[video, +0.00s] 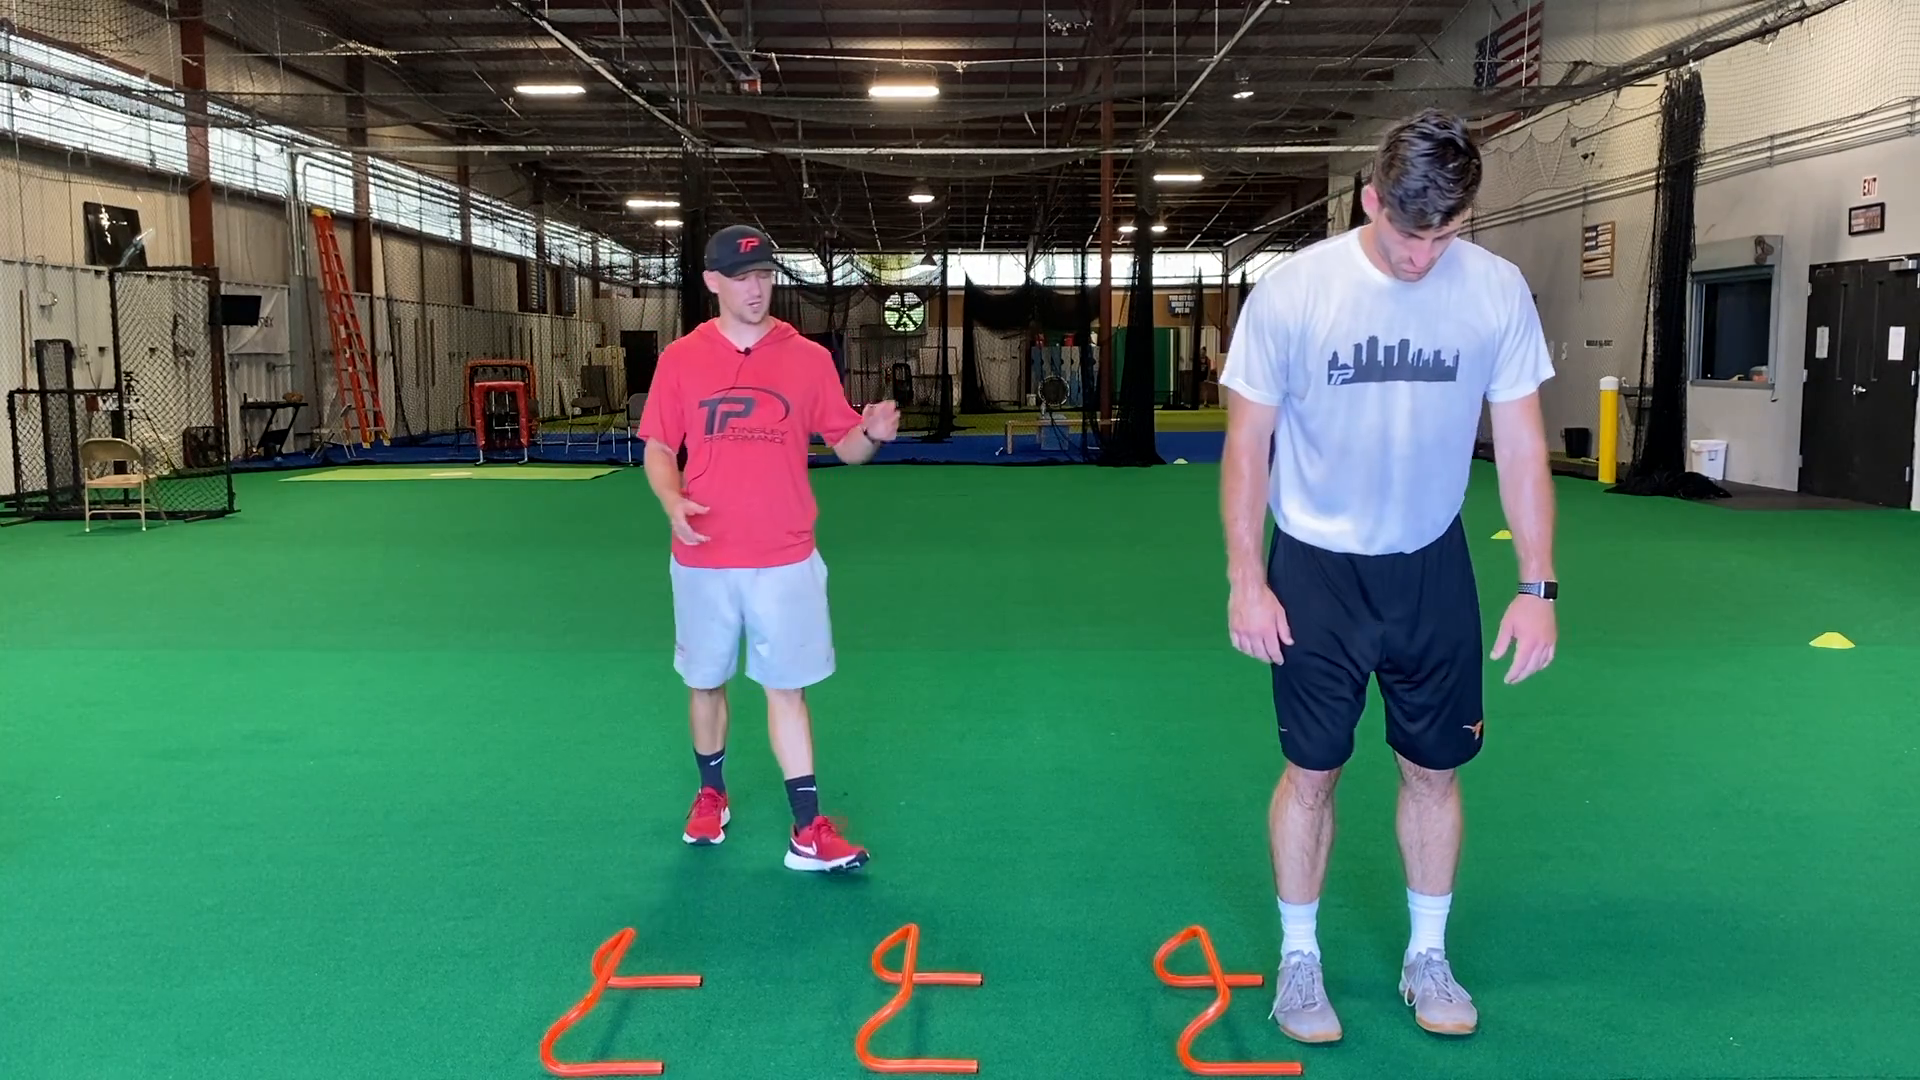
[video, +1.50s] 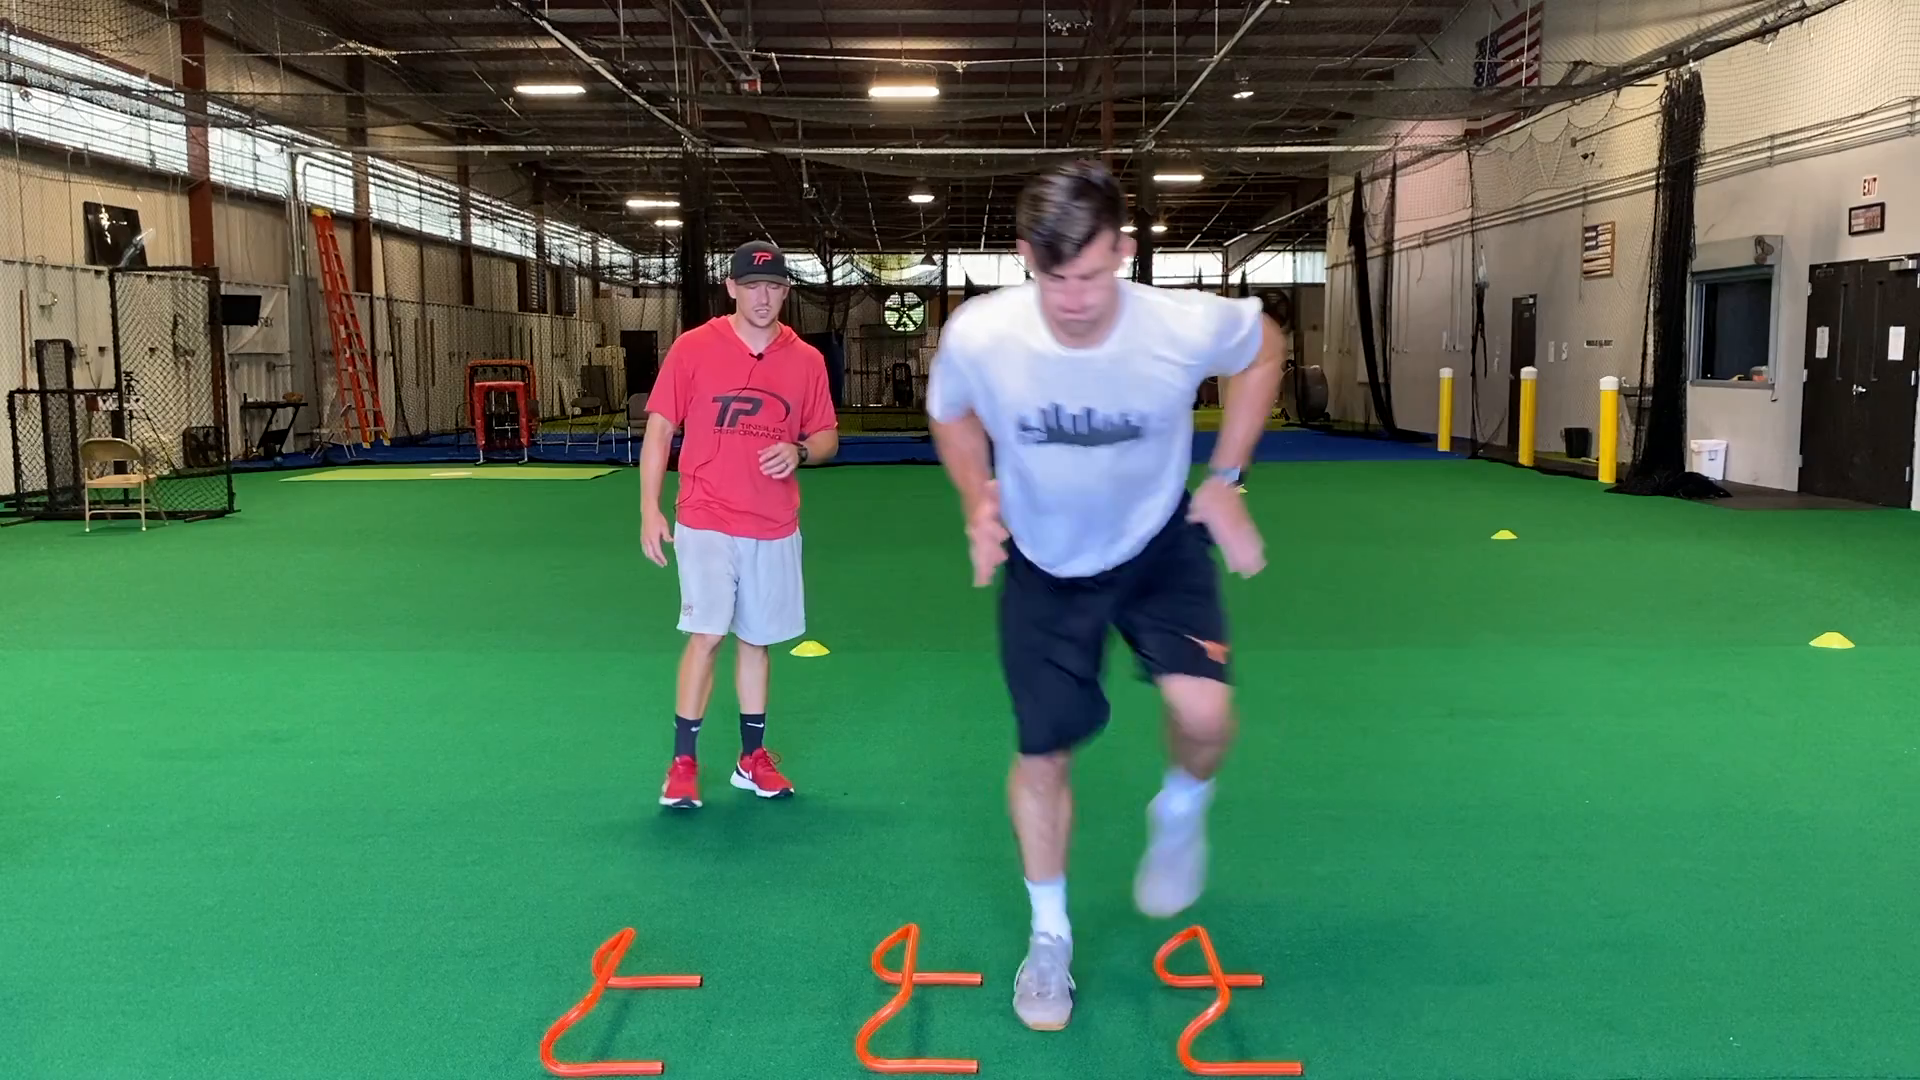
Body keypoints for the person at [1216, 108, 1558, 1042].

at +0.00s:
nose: (1424, 253)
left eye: (1442, 234)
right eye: (1408, 232)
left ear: (1463, 213)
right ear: (1369, 200)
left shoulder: (1496, 293)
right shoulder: (1290, 292)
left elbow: (1520, 446)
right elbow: (1247, 444)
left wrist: (1538, 583)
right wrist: (1247, 581)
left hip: (1431, 564)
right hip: (1315, 565)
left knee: (1432, 764)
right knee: (1312, 767)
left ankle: (1428, 959)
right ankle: (1298, 962)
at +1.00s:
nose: (1396, 367)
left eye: (1414, 347)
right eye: (1377, 347)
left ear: (1436, 322)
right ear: (1338, 318)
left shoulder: (1476, 381)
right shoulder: (1257, 374)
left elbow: (1517, 467)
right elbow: (1192, 449)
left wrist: (1499, 598)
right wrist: (1214, 586)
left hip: (1394, 581)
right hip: (1275, 580)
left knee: (1418, 769)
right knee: (1288, 763)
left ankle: (1424, 958)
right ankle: (1300, 952)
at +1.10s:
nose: (1367, 377)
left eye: (1386, 357)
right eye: (1349, 357)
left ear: (1410, 334)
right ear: (1309, 329)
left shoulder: (1451, 409)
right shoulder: (1229, 380)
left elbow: (1487, 514)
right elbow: (1177, 440)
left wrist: (1461, 647)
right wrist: (1180, 571)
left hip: (1369, 578)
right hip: (1248, 573)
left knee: (1410, 772)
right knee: (1259, 756)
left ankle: (1421, 957)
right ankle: (1275, 871)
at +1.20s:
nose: (1316, 376)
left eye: (1336, 356)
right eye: (1298, 355)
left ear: (1363, 335)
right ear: (1262, 331)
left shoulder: (1408, 421)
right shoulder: (1197, 388)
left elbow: (1440, 527)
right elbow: (1138, 424)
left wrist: (1387, 628)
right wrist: (1126, 539)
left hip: (1341, 590)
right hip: (1216, 579)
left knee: (1400, 789)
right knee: (1199, 739)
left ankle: (1422, 961)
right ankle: (1190, 814)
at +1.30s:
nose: (1237, 342)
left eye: (1254, 322)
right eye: (1220, 322)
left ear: (1280, 298)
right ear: (1181, 302)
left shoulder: (1334, 371)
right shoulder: (1121, 364)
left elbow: (1390, 441)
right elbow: (1078, 403)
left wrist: (1331, 516)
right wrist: (1082, 521)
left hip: (1293, 582)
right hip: (1163, 572)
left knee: (1360, 764)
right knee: (1116, 735)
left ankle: (1423, 947)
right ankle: (1091, 877)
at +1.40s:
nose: (1149, 313)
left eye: (1165, 293)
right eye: (1130, 295)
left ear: (1193, 275)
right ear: (1099, 279)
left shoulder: (1250, 333)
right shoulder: (1039, 354)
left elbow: (1320, 349)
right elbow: (1010, 423)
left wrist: (1293, 478)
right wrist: (1038, 539)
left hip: (1230, 569)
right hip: (1103, 581)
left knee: (1315, 750)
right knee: (1081, 773)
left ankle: (1343, 857)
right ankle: (1053, 942)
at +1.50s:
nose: (1073, 296)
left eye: (1090, 276)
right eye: (1056, 278)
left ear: (1123, 251)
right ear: (1027, 260)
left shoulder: (1181, 324)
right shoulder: (978, 334)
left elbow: (1262, 347)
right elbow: (948, 408)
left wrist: (1224, 476)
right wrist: (978, 498)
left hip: (1159, 546)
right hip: (1042, 565)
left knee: (1205, 714)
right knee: (1041, 753)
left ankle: (1180, 814)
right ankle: (1048, 935)